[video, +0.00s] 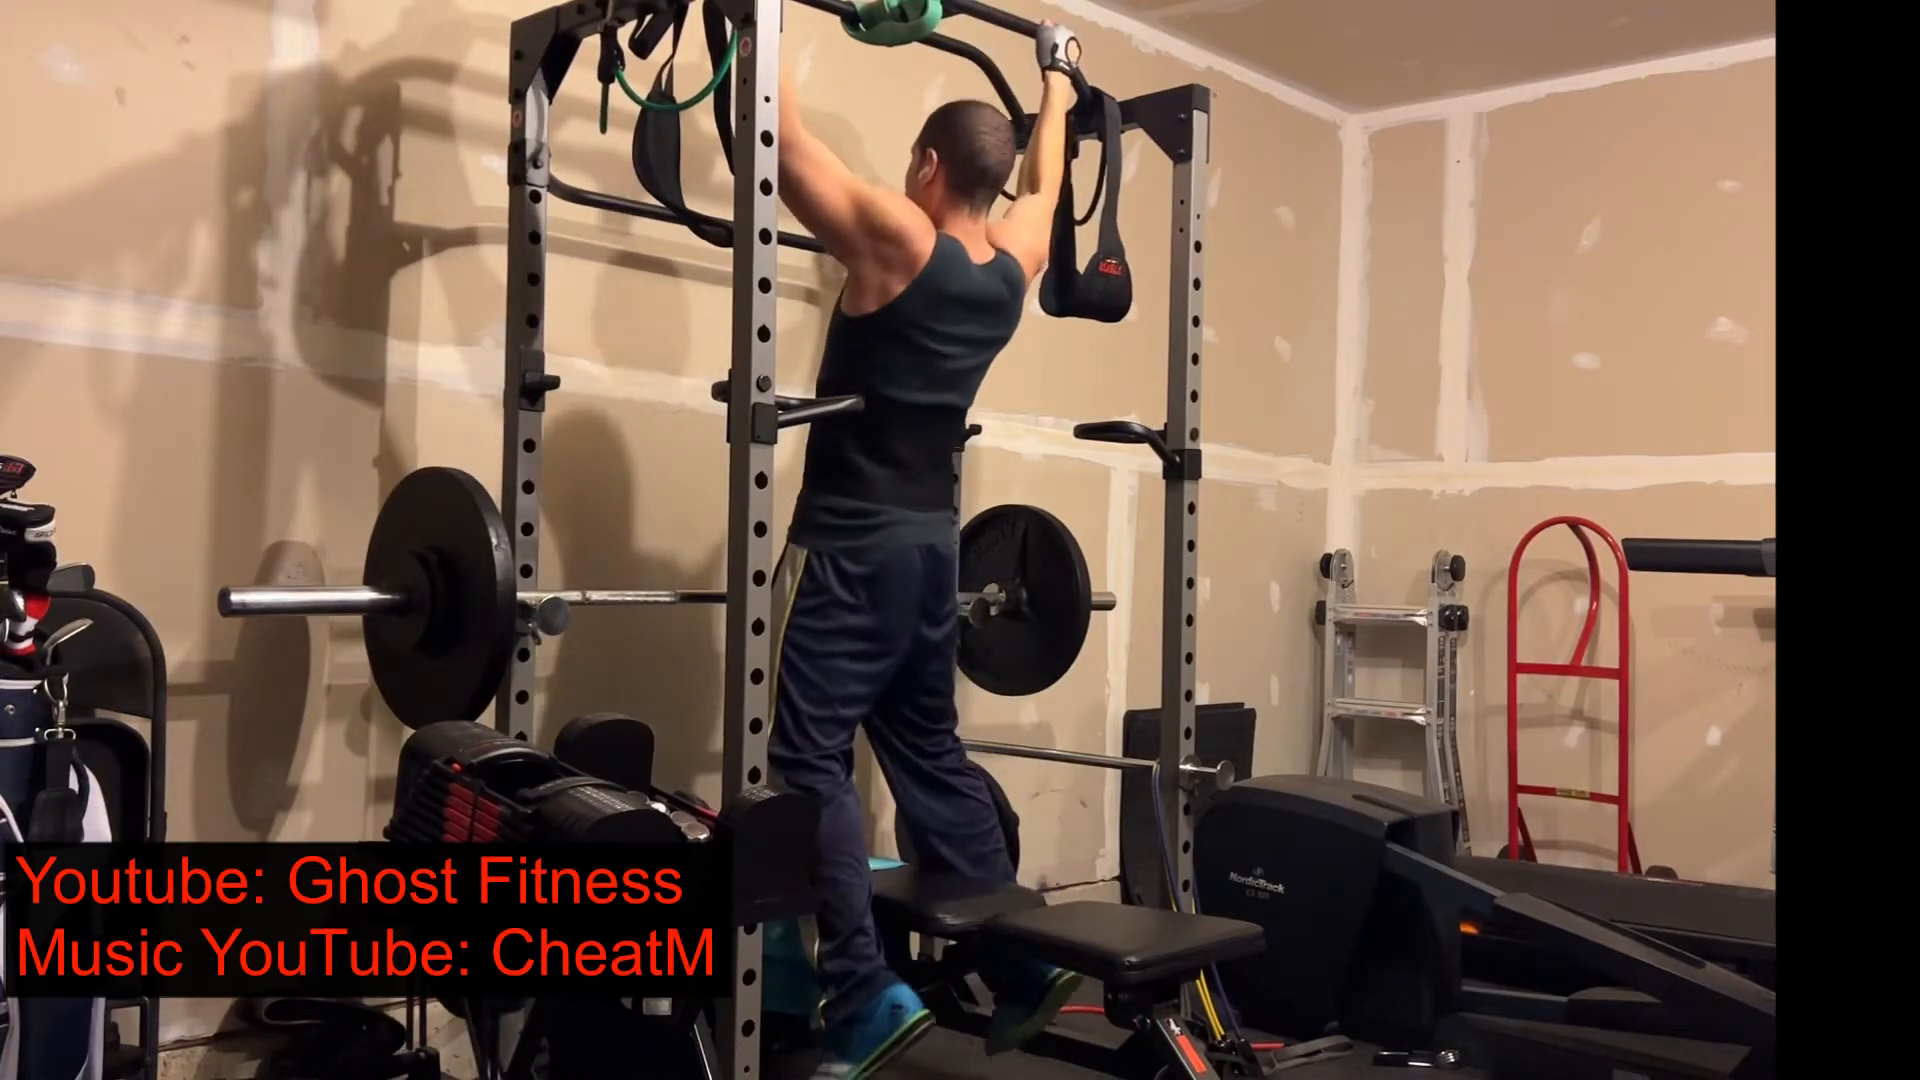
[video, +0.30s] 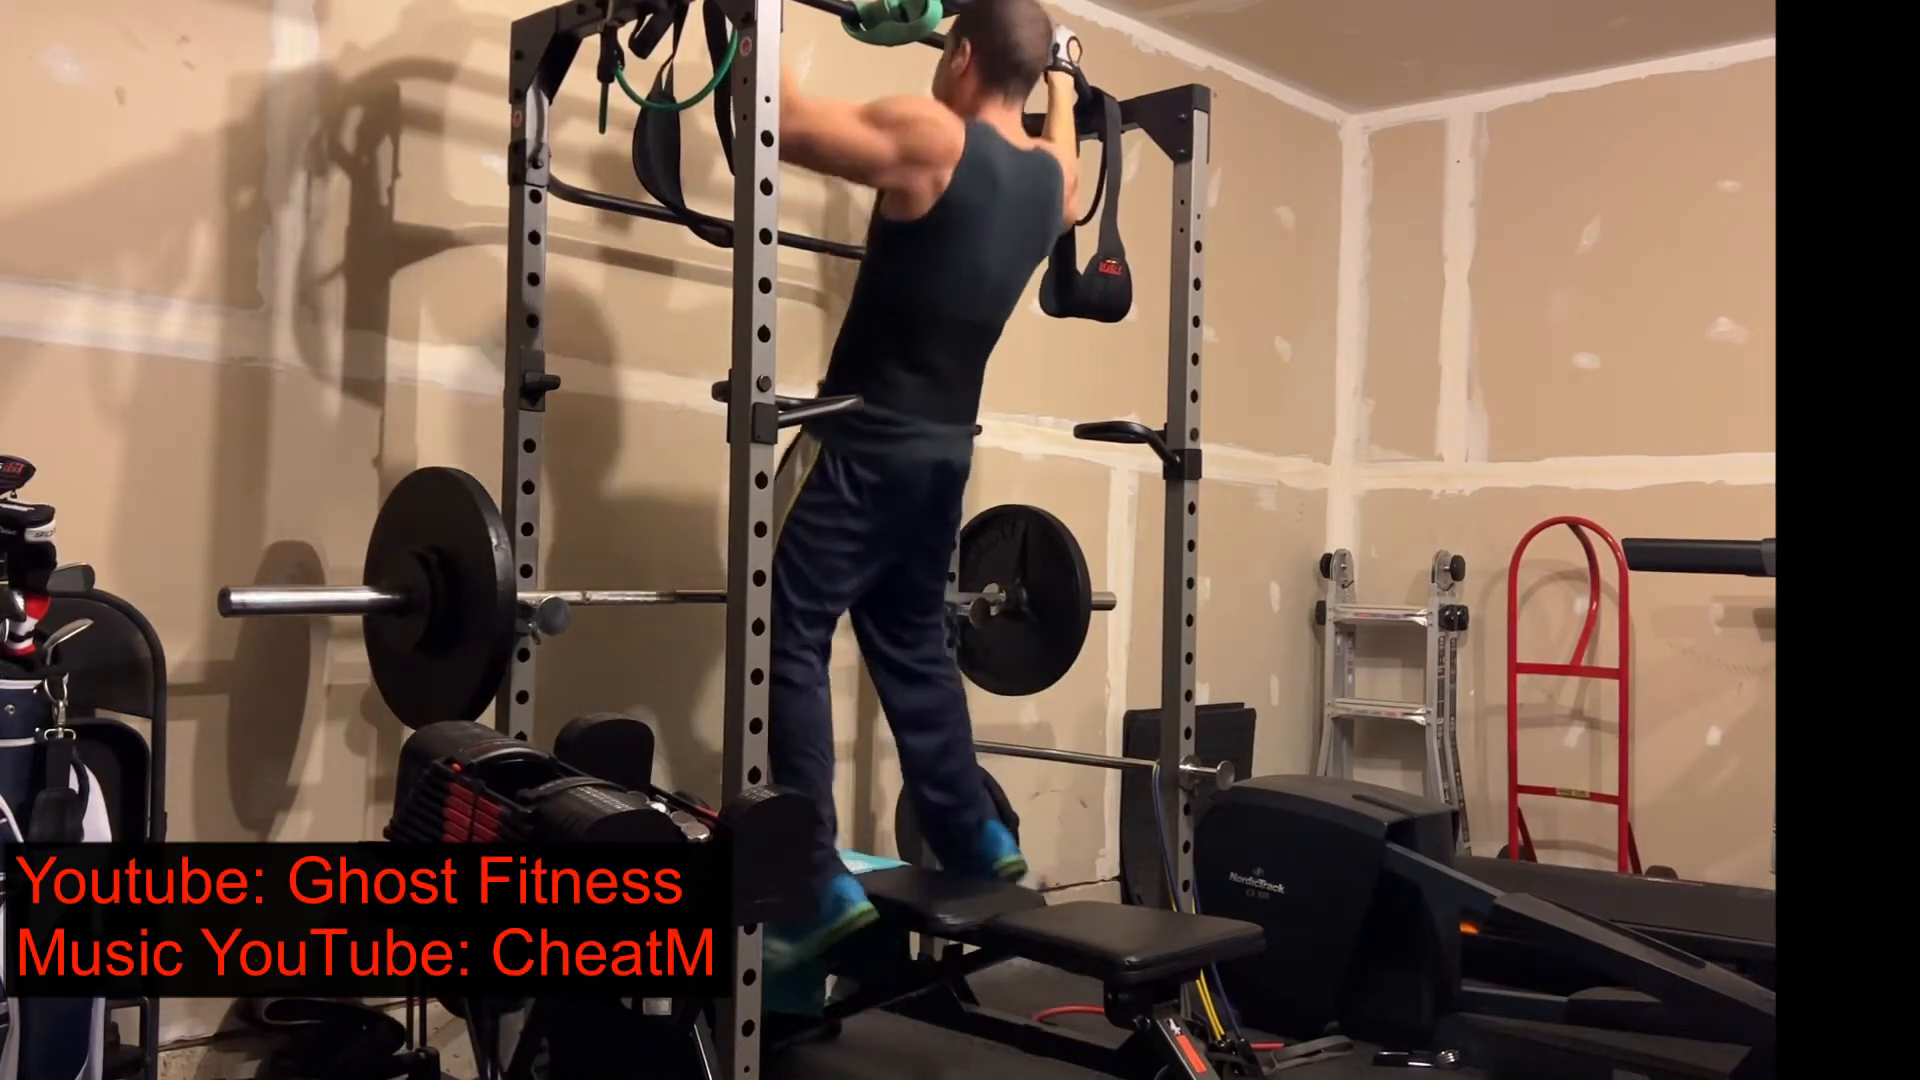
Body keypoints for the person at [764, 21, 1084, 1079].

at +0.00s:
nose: (905, 161)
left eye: (914, 150)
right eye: (917, 151)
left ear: (929, 162)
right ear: (1001, 185)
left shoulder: (892, 236)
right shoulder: (1011, 267)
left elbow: (782, 135)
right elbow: (1044, 186)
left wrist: (764, 26)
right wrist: (1057, 103)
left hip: (856, 536)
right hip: (932, 537)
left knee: (814, 755)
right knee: (927, 747)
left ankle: (859, 983)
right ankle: (1016, 955)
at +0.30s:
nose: (939, 58)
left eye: (947, 41)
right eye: (948, 42)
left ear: (965, 57)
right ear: (1034, 75)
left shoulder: (926, 133)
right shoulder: (1044, 173)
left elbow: (785, 120)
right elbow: (1067, 189)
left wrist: (758, 16)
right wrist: (1051, 98)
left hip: (865, 445)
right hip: (942, 453)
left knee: (791, 635)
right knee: (910, 639)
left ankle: (806, 870)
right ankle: (970, 838)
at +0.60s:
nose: (916, 2)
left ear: (951, 3)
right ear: (1012, 15)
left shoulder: (908, 64)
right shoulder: (1033, 105)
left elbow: (767, 112)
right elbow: (1058, 201)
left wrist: (748, 18)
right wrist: (1058, 89)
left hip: (854, 373)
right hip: (939, 387)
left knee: (780, 579)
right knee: (912, 593)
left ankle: (782, 797)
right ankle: (966, 789)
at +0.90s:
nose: (911, 96)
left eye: (917, 82)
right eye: (919, 83)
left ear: (933, 95)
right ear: (1004, 116)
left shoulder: (895, 168)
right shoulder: (1012, 214)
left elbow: (764, 126)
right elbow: (1046, 187)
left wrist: (742, 42)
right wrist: (1056, 108)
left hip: (842, 472)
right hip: (922, 479)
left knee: (775, 667)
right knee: (907, 680)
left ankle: (802, 890)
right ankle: (983, 857)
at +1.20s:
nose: (902, 165)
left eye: (910, 153)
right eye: (913, 155)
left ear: (926, 164)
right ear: (997, 185)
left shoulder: (894, 237)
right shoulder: (1013, 272)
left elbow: (787, 140)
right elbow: (1045, 187)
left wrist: (772, 24)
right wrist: (1059, 94)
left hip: (846, 538)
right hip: (926, 542)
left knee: (786, 753)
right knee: (919, 757)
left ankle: (824, 981)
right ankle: (996, 960)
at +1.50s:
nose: (922, 136)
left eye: (929, 124)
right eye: (931, 125)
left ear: (948, 131)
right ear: (1011, 148)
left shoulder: (910, 199)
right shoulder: (1031, 243)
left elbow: (788, 138)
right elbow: (1051, 186)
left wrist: (770, 21)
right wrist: (1057, 107)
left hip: (868, 520)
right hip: (943, 524)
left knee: (804, 723)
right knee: (929, 731)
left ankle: (837, 962)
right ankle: (999, 936)